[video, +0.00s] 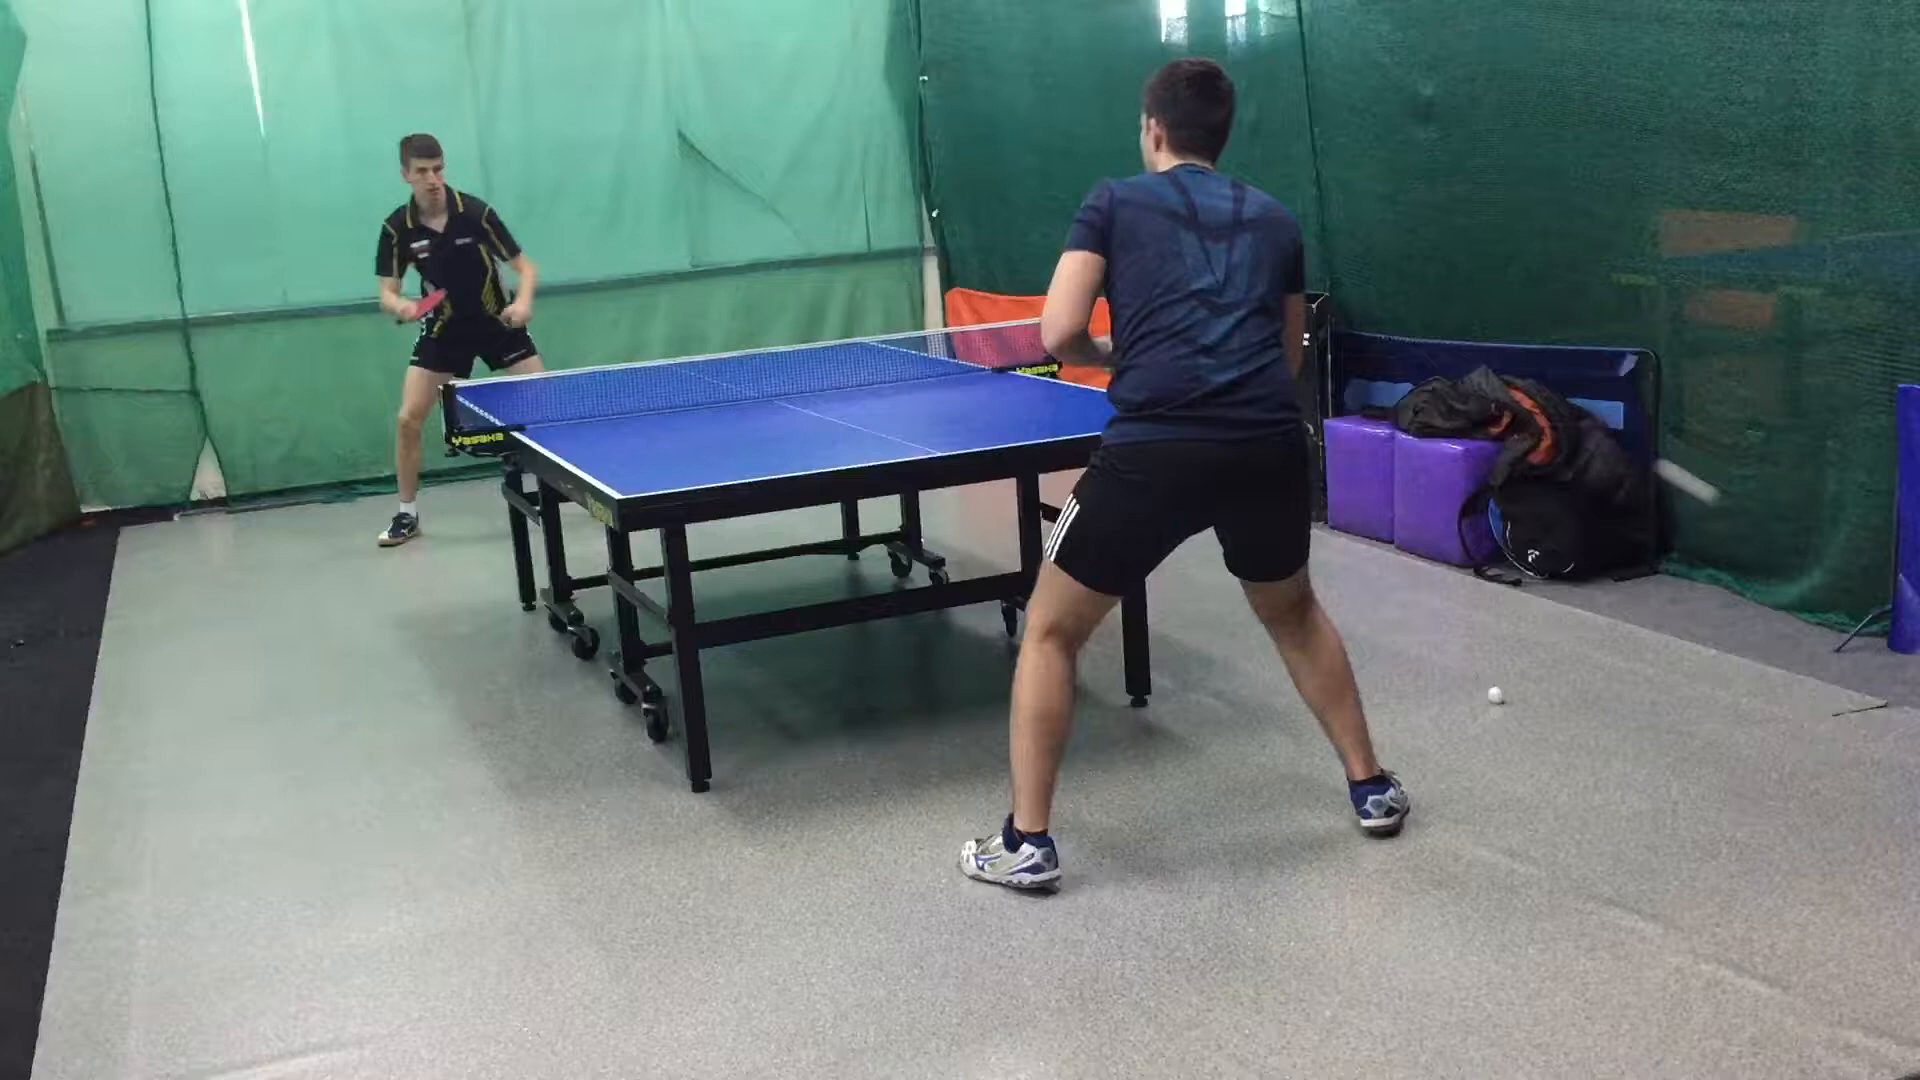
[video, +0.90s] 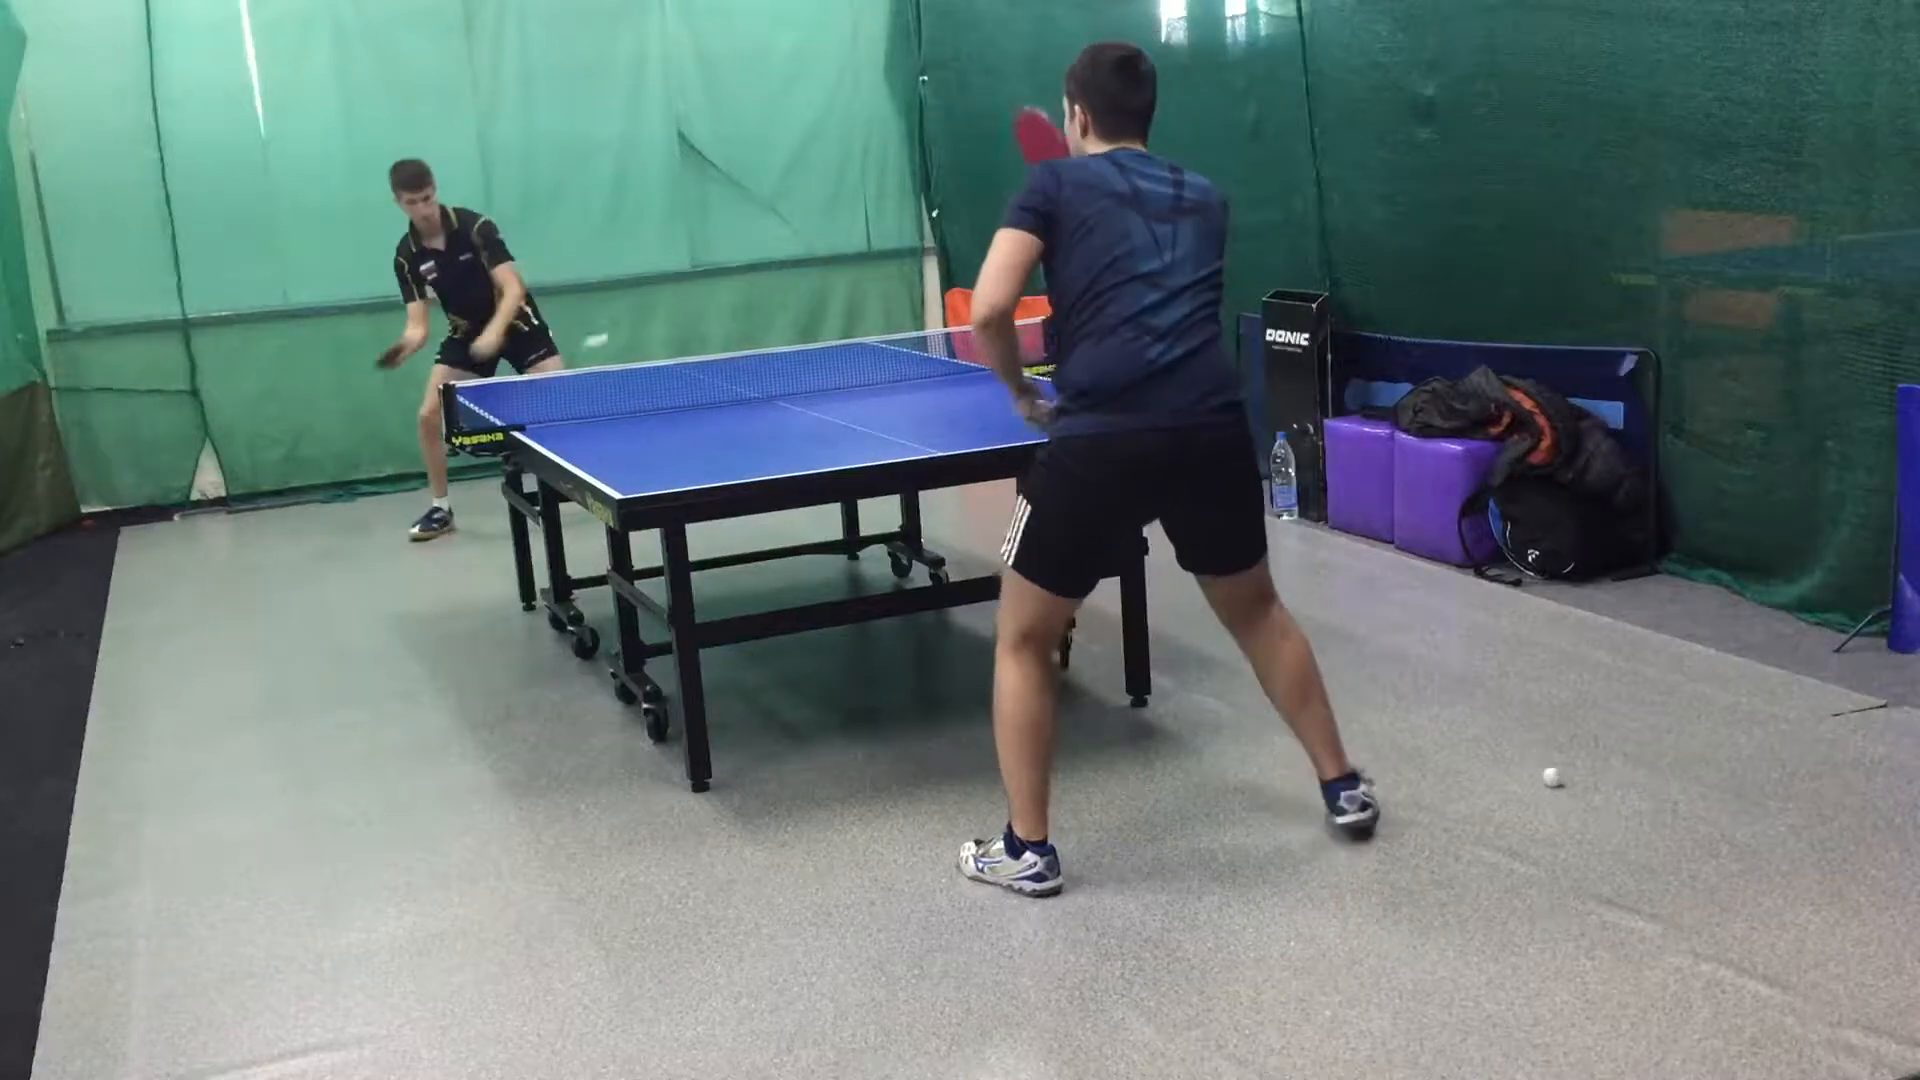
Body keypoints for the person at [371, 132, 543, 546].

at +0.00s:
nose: (434, 179)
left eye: (438, 170)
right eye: (423, 173)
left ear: (445, 169)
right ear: (406, 175)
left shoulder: (476, 212)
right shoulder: (398, 228)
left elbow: (524, 266)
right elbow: (388, 295)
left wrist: (524, 301)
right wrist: (404, 307)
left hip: (494, 320)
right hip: (443, 328)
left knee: (542, 401)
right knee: (409, 419)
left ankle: (531, 479)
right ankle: (407, 513)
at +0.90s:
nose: (425, 208)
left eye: (429, 198)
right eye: (414, 203)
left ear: (436, 190)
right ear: (400, 204)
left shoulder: (474, 226)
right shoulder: (407, 254)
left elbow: (513, 288)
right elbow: (417, 321)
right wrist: (405, 345)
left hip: (513, 319)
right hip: (465, 331)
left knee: (560, 394)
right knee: (430, 416)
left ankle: (570, 479)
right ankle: (440, 507)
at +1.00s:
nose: (402, 234)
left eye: (408, 223)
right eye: (393, 228)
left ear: (419, 213)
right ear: (382, 227)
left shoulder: (454, 250)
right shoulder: (403, 272)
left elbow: (475, 316)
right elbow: (412, 343)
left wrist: (430, 361)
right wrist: (374, 383)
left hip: (523, 345)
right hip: (474, 349)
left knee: (544, 422)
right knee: (427, 415)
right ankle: (438, 508)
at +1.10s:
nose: (385, 248)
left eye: (390, 237)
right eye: (375, 242)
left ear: (402, 226)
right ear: (367, 240)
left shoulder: (431, 259)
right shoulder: (400, 281)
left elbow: (452, 317)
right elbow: (416, 352)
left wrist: (404, 347)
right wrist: (365, 392)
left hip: (518, 354)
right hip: (471, 354)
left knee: (540, 431)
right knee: (414, 418)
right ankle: (438, 508)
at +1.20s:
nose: (375, 238)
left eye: (378, 226)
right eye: (365, 232)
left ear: (393, 216)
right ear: (359, 233)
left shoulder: (431, 245)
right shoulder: (393, 276)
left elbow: (485, 270)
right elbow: (407, 343)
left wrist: (456, 299)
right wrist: (361, 378)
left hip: (510, 351)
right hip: (460, 354)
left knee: (529, 430)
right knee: (411, 427)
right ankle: (438, 508)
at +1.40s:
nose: (396, 192)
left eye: (400, 182)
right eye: (388, 187)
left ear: (416, 177)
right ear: (382, 193)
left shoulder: (461, 208)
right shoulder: (390, 230)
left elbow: (527, 228)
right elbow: (410, 253)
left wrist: (547, 216)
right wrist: (443, 205)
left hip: (497, 335)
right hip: (444, 351)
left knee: (552, 395)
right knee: (426, 440)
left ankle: (552, 475)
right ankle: (428, 506)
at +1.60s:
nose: (438, 192)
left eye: (443, 183)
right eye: (428, 187)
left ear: (452, 181)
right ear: (414, 192)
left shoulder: (481, 221)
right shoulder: (415, 242)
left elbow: (543, 253)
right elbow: (429, 301)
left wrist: (577, 248)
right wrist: (460, 250)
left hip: (494, 343)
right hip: (445, 356)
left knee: (560, 393)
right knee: (430, 449)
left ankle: (529, 476)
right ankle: (404, 514)